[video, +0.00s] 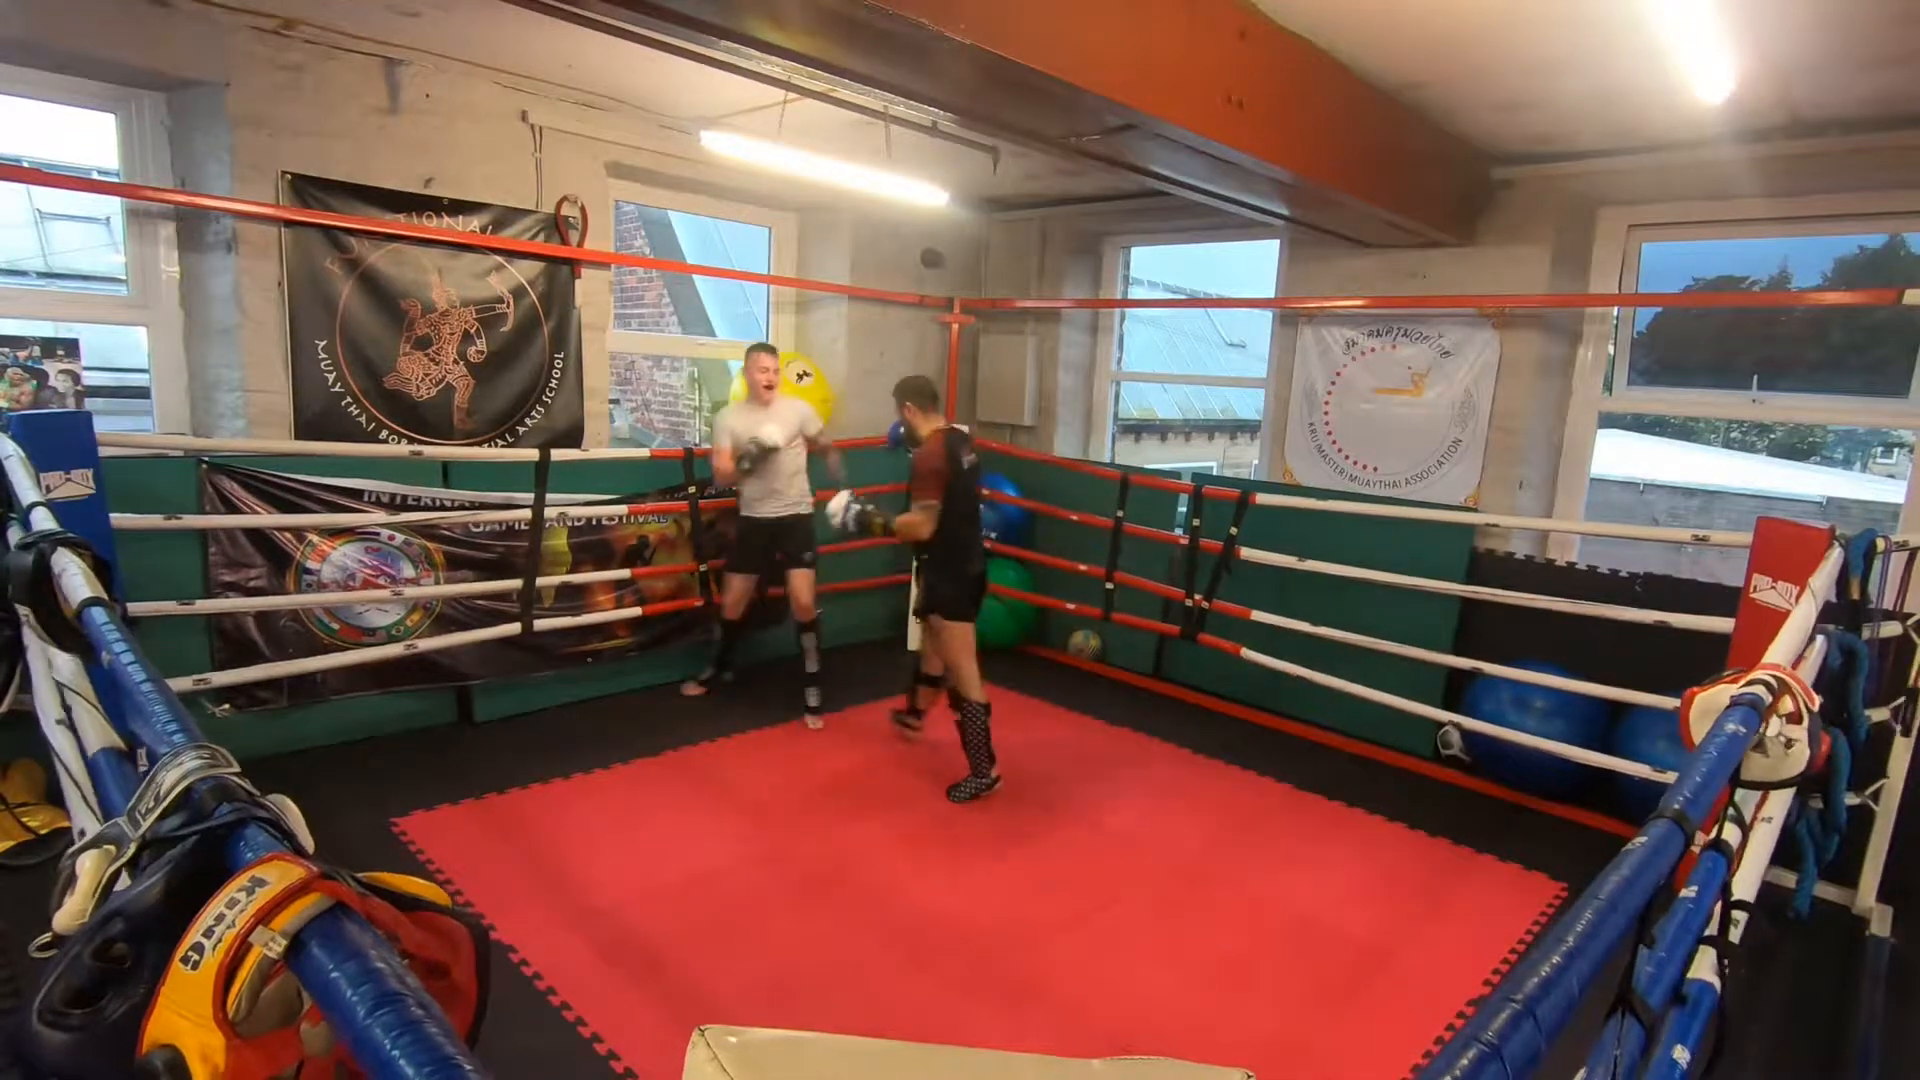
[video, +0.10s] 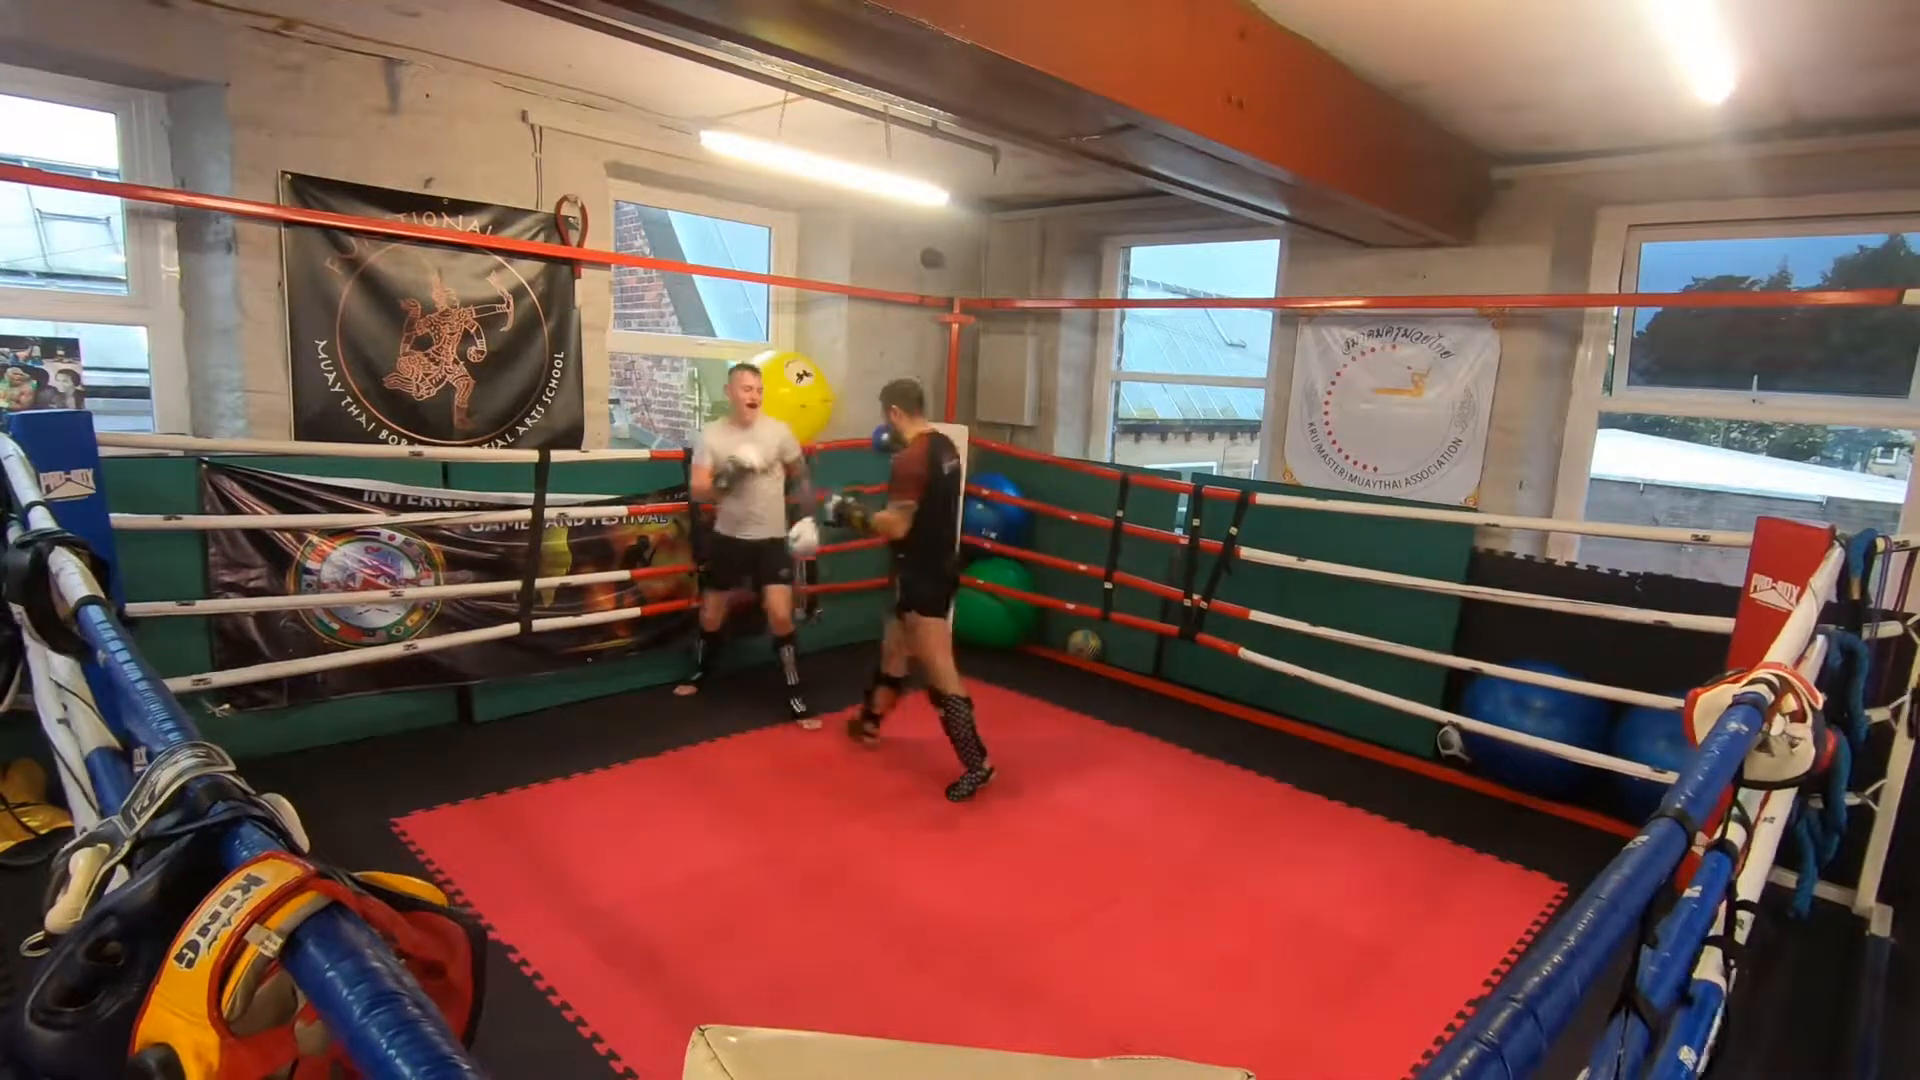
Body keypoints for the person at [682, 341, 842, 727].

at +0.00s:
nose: (769, 377)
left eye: (774, 371)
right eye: (761, 371)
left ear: (780, 374)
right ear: (746, 374)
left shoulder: (799, 411)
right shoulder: (729, 418)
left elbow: (827, 450)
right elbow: (721, 474)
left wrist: (837, 473)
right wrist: (748, 460)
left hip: (796, 517)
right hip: (753, 520)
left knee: (803, 603)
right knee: (733, 604)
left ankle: (812, 686)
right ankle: (716, 670)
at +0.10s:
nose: (753, 395)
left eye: (758, 389)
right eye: (746, 389)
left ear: (762, 394)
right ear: (729, 393)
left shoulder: (779, 433)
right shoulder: (712, 436)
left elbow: (801, 479)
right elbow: (698, 489)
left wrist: (807, 517)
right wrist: (726, 480)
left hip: (772, 539)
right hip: (727, 539)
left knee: (781, 616)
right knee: (712, 615)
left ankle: (795, 697)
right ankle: (698, 677)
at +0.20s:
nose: (745, 389)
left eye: (750, 383)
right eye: (738, 382)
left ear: (755, 386)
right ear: (721, 385)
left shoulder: (769, 425)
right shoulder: (704, 427)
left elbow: (789, 472)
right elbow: (691, 481)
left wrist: (786, 517)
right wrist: (721, 477)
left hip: (760, 528)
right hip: (717, 528)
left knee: (767, 609)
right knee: (708, 609)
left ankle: (782, 688)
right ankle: (700, 674)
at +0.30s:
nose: (743, 381)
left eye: (748, 375)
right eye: (736, 374)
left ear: (752, 378)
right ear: (719, 376)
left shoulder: (767, 415)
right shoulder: (700, 418)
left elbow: (788, 455)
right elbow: (690, 475)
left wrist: (782, 496)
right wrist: (724, 461)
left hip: (755, 519)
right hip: (714, 519)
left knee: (751, 602)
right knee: (705, 601)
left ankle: (766, 688)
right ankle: (703, 671)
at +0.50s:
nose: (736, 382)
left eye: (740, 377)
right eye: (729, 376)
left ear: (745, 380)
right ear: (712, 378)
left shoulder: (759, 414)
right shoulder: (699, 420)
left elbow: (780, 458)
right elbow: (702, 473)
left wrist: (775, 485)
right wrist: (725, 446)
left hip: (754, 513)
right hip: (716, 516)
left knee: (746, 565)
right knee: (703, 598)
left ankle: (757, 657)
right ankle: (707, 671)